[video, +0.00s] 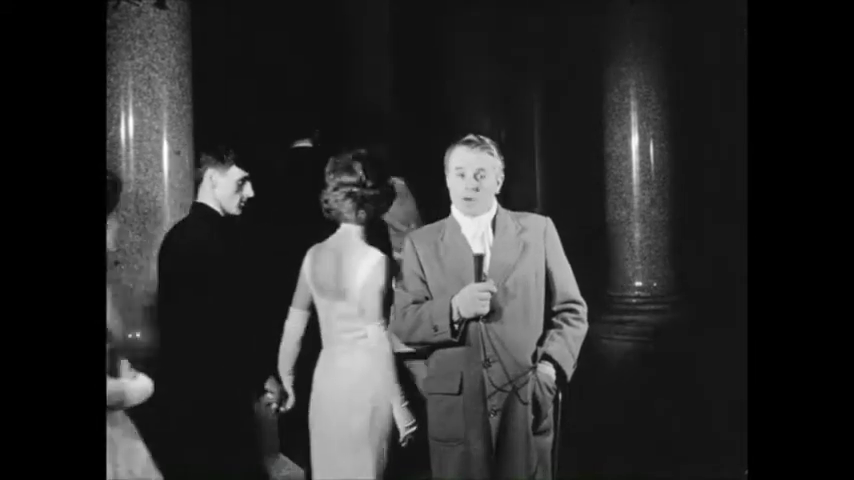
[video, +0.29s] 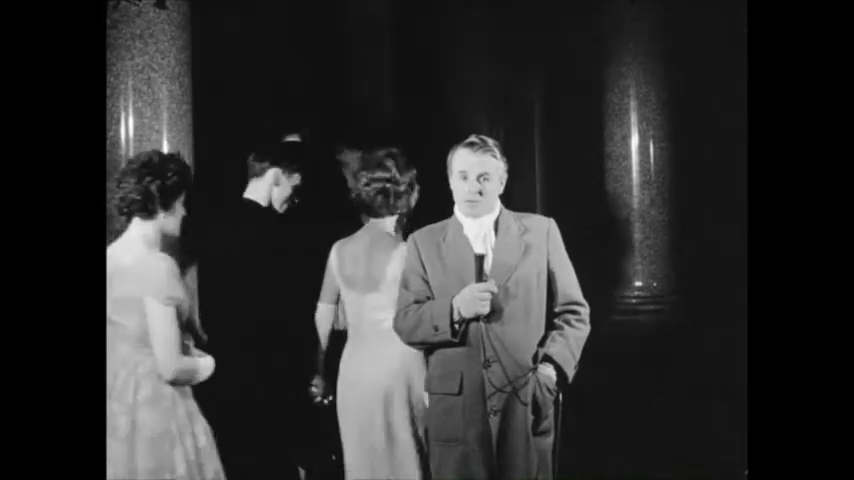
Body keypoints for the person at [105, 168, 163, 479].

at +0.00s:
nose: (114, 238)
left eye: (111, 222)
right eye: (112, 222)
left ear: (112, 223)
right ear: (110, 223)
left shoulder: (111, 294)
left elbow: (116, 347)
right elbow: (109, 391)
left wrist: (125, 379)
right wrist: (131, 391)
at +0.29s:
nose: (184, 214)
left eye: (183, 204)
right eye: (181, 204)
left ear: (139, 200)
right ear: (165, 205)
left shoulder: (112, 256)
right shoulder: (158, 267)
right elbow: (170, 367)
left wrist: (183, 351)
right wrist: (205, 366)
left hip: (113, 396)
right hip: (152, 403)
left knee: (122, 470)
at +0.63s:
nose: (251, 224)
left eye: (252, 215)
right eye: (251, 215)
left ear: (205, 209)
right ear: (238, 214)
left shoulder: (167, 263)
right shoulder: (234, 269)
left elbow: (165, 339)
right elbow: (248, 367)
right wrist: (271, 363)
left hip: (166, 376)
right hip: (218, 387)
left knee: (165, 470)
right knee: (221, 471)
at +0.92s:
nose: (313, 220)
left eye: (315, 212)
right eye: (313, 211)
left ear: (268, 203)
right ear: (301, 210)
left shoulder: (230, 252)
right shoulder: (301, 262)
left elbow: (222, 331)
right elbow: (315, 356)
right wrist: (326, 351)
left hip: (222, 374)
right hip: (277, 381)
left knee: (220, 469)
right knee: (281, 470)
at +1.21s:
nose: (348, 219)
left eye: (350, 211)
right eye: (349, 210)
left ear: (307, 200)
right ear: (342, 208)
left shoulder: (263, 249)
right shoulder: (346, 258)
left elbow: (251, 326)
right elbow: (355, 349)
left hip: (261, 368)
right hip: (318, 372)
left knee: (257, 467)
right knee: (321, 467)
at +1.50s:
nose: (371, 215)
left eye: (370, 206)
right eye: (369, 207)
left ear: (329, 203)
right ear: (363, 209)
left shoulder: (296, 254)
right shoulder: (370, 255)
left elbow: (288, 331)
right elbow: (384, 340)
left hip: (299, 370)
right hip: (352, 373)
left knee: (297, 467)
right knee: (355, 466)